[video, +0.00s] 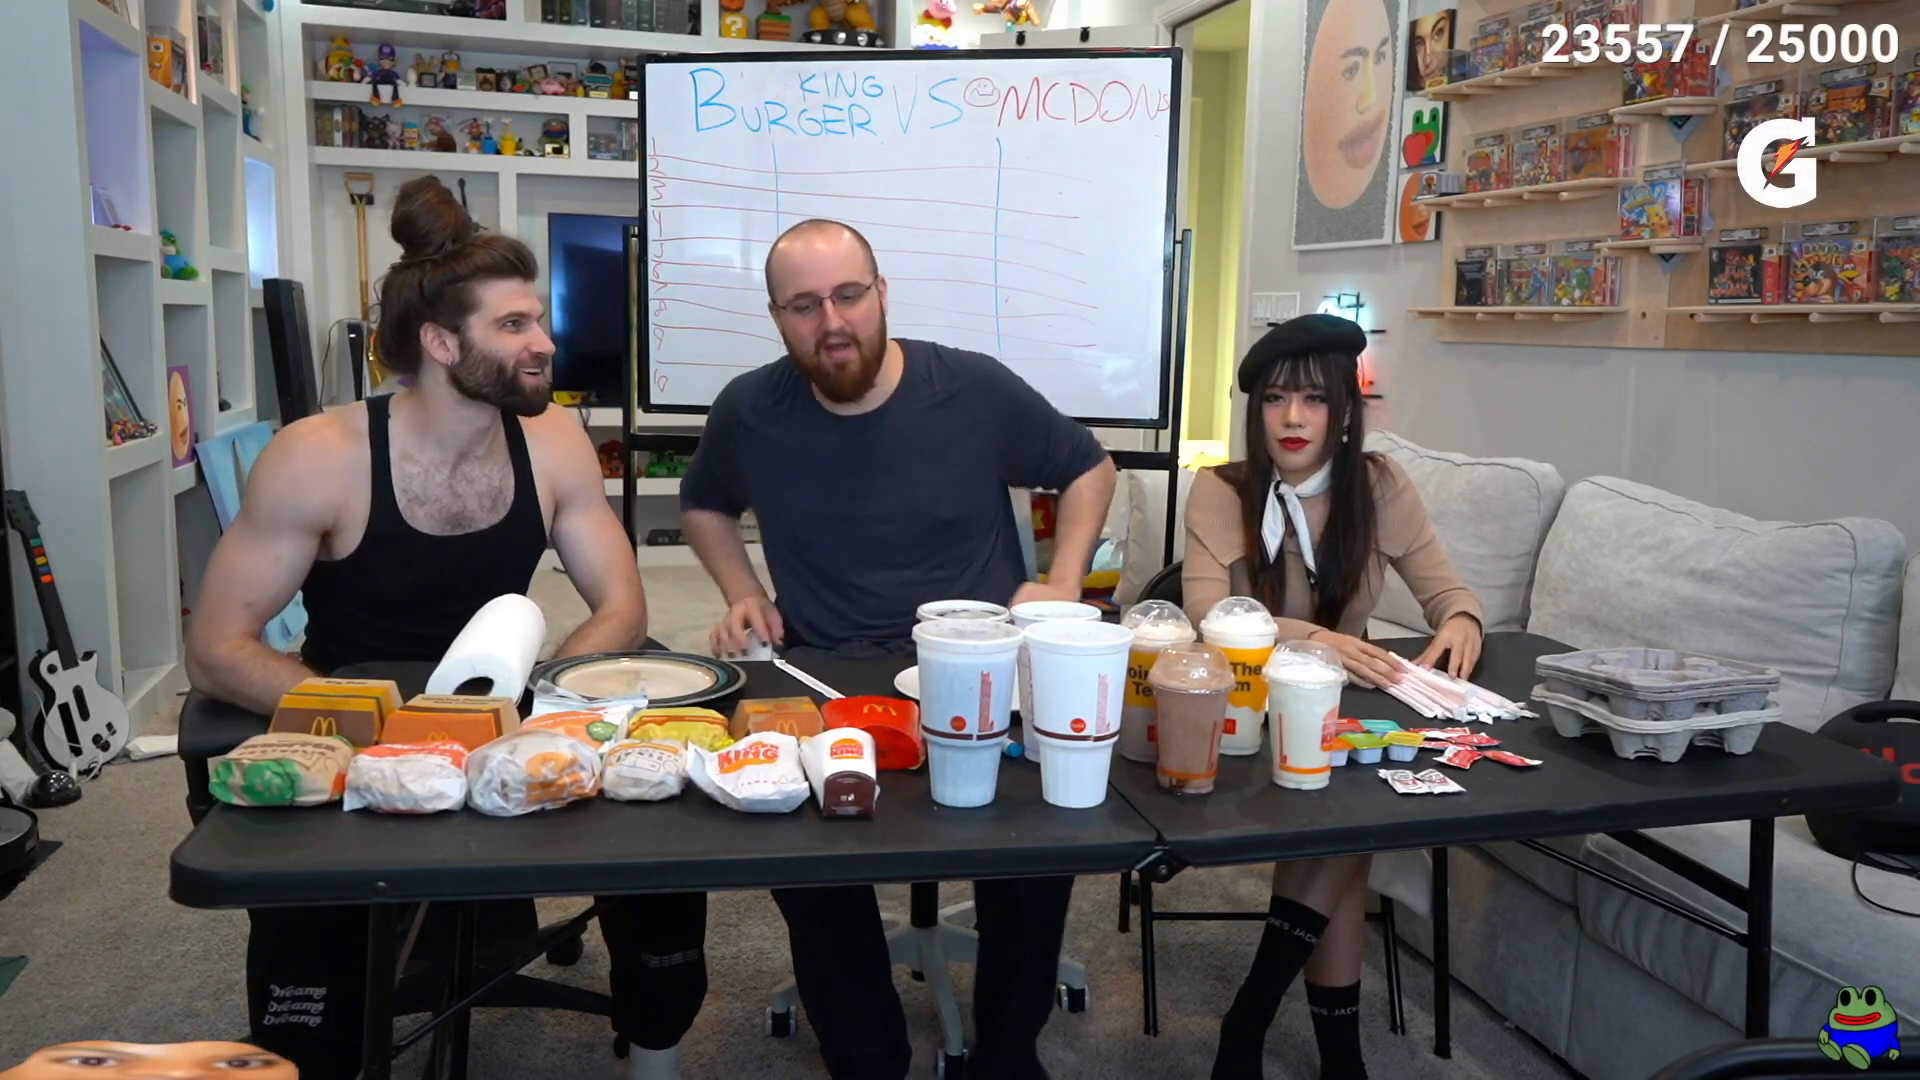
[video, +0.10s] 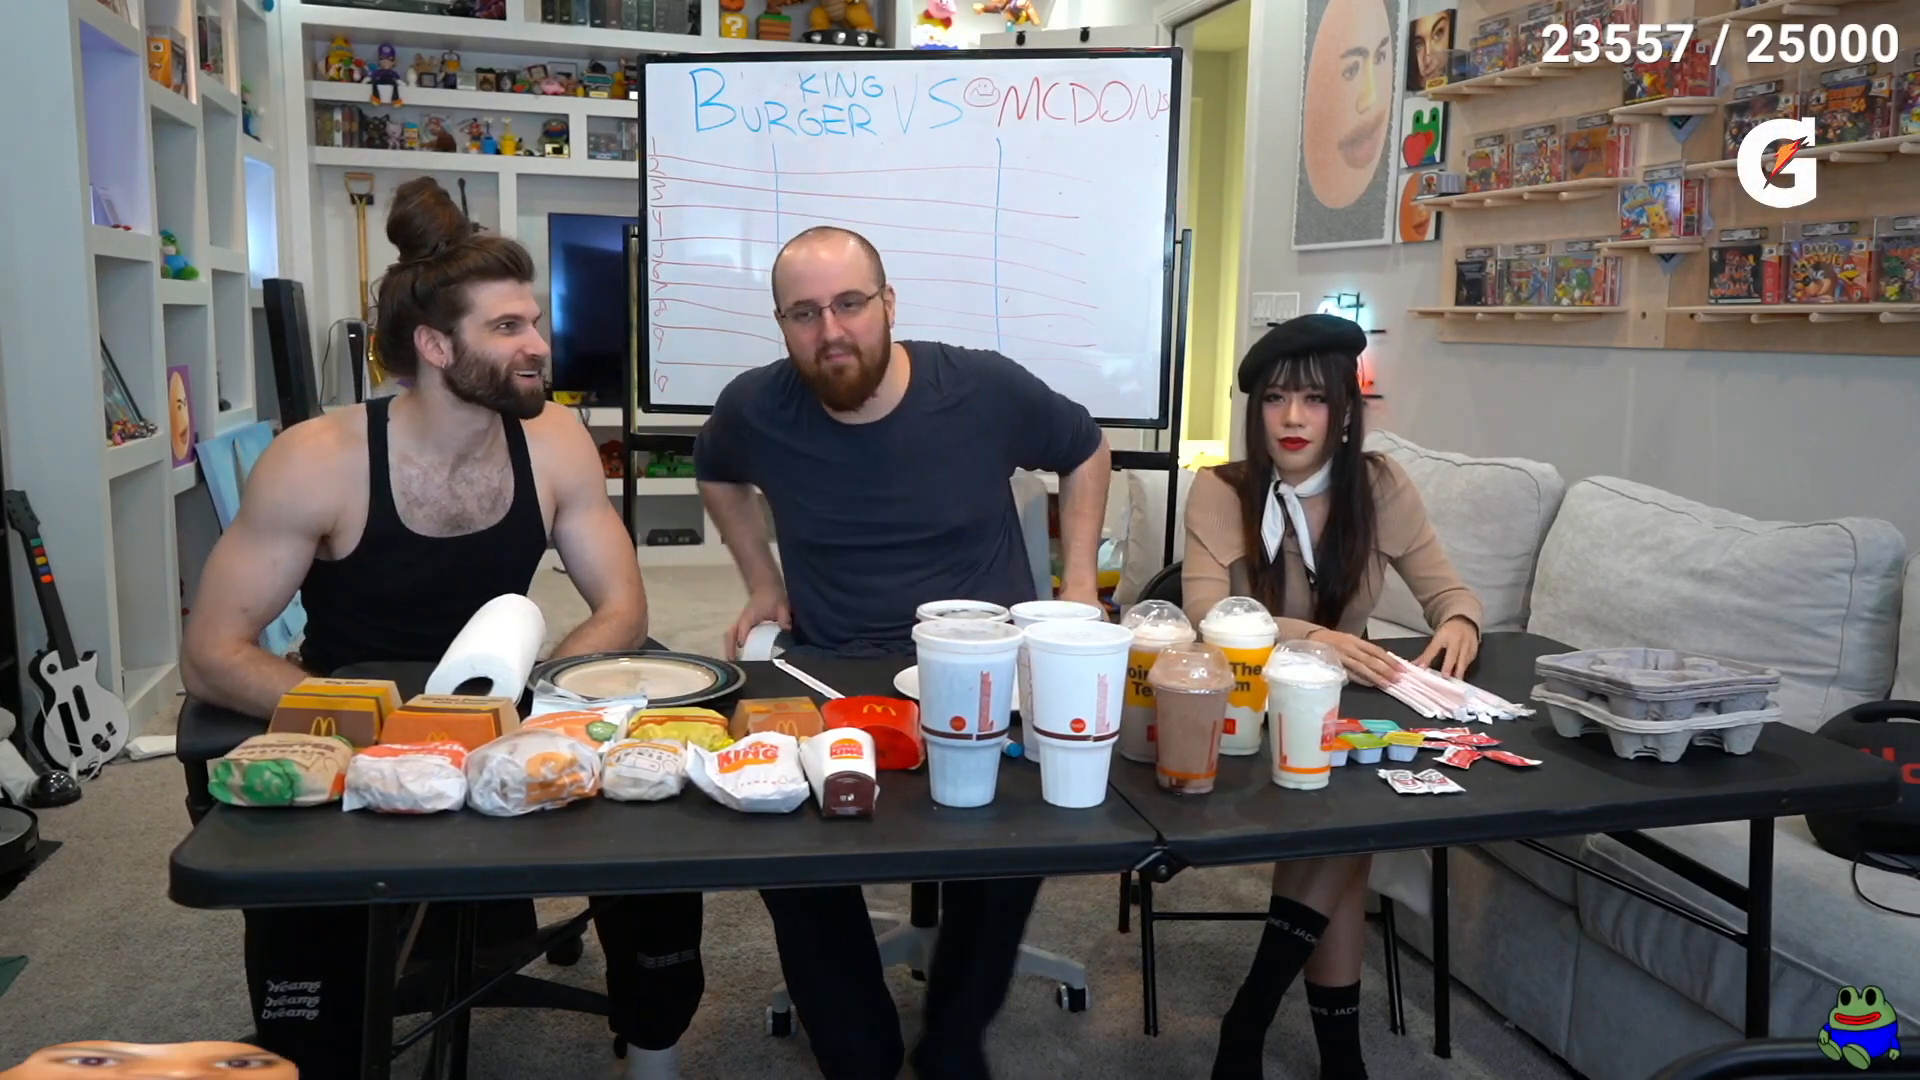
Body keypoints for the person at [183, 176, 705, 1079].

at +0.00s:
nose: (544, 344)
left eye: (542, 324)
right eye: (515, 326)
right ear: (438, 343)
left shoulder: (553, 442)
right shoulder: (318, 457)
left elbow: (624, 609)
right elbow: (216, 647)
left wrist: (540, 684)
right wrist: (359, 713)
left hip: (513, 746)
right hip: (354, 755)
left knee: (657, 828)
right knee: (306, 881)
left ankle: (655, 1055)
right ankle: (312, 1070)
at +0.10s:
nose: (538, 346)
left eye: (539, 325)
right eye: (509, 328)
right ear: (432, 346)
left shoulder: (555, 443)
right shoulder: (317, 461)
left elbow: (624, 609)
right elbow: (212, 655)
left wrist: (533, 688)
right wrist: (363, 715)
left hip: (510, 749)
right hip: (348, 758)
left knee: (653, 831)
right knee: (300, 894)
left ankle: (652, 1055)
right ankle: (320, 1071)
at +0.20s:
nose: (531, 345)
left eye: (532, 324)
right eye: (501, 328)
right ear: (425, 347)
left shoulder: (550, 440)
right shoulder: (312, 462)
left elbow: (622, 609)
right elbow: (209, 660)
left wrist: (527, 687)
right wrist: (362, 715)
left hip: (507, 749)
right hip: (343, 759)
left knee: (651, 826)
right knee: (295, 886)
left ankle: (653, 1054)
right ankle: (327, 1070)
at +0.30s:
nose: (521, 344)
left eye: (523, 322)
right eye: (491, 326)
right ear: (416, 345)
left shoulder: (543, 442)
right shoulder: (304, 461)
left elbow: (620, 608)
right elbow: (202, 659)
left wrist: (525, 685)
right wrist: (360, 713)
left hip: (503, 744)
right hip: (340, 753)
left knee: (649, 815)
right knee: (298, 856)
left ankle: (654, 1053)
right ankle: (335, 1056)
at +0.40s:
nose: (511, 344)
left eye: (512, 322)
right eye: (480, 326)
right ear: (405, 343)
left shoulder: (535, 445)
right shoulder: (291, 462)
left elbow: (617, 607)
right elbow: (198, 659)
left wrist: (529, 682)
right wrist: (357, 713)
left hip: (501, 746)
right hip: (337, 754)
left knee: (644, 830)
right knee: (289, 857)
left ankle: (654, 1055)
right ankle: (333, 1041)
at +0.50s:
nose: (501, 345)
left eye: (502, 323)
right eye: (470, 328)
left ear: (506, 320)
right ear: (394, 346)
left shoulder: (531, 445)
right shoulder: (284, 463)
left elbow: (616, 606)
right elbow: (196, 658)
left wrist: (529, 682)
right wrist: (353, 712)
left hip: (501, 747)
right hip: (336, 755)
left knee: (639, 818)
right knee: (277, 843)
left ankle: (653, 1054)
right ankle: (331, 1049)